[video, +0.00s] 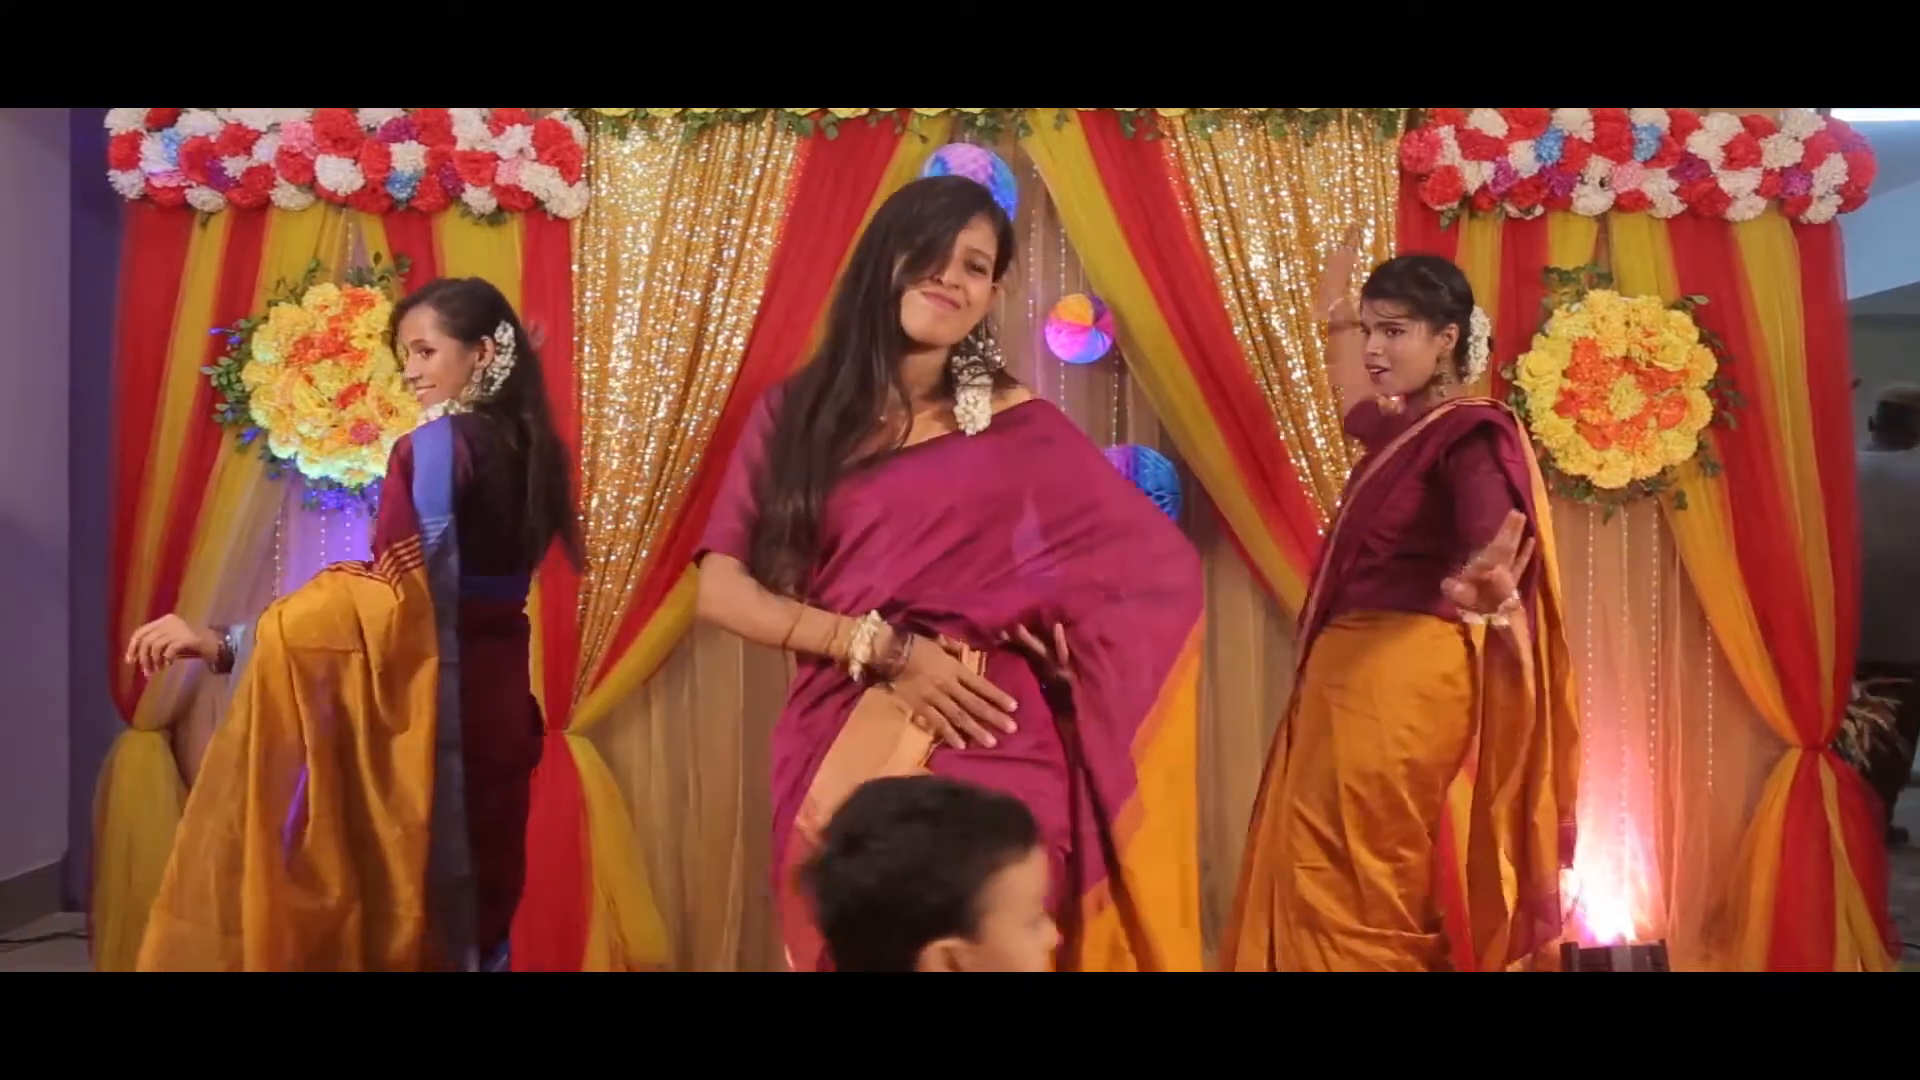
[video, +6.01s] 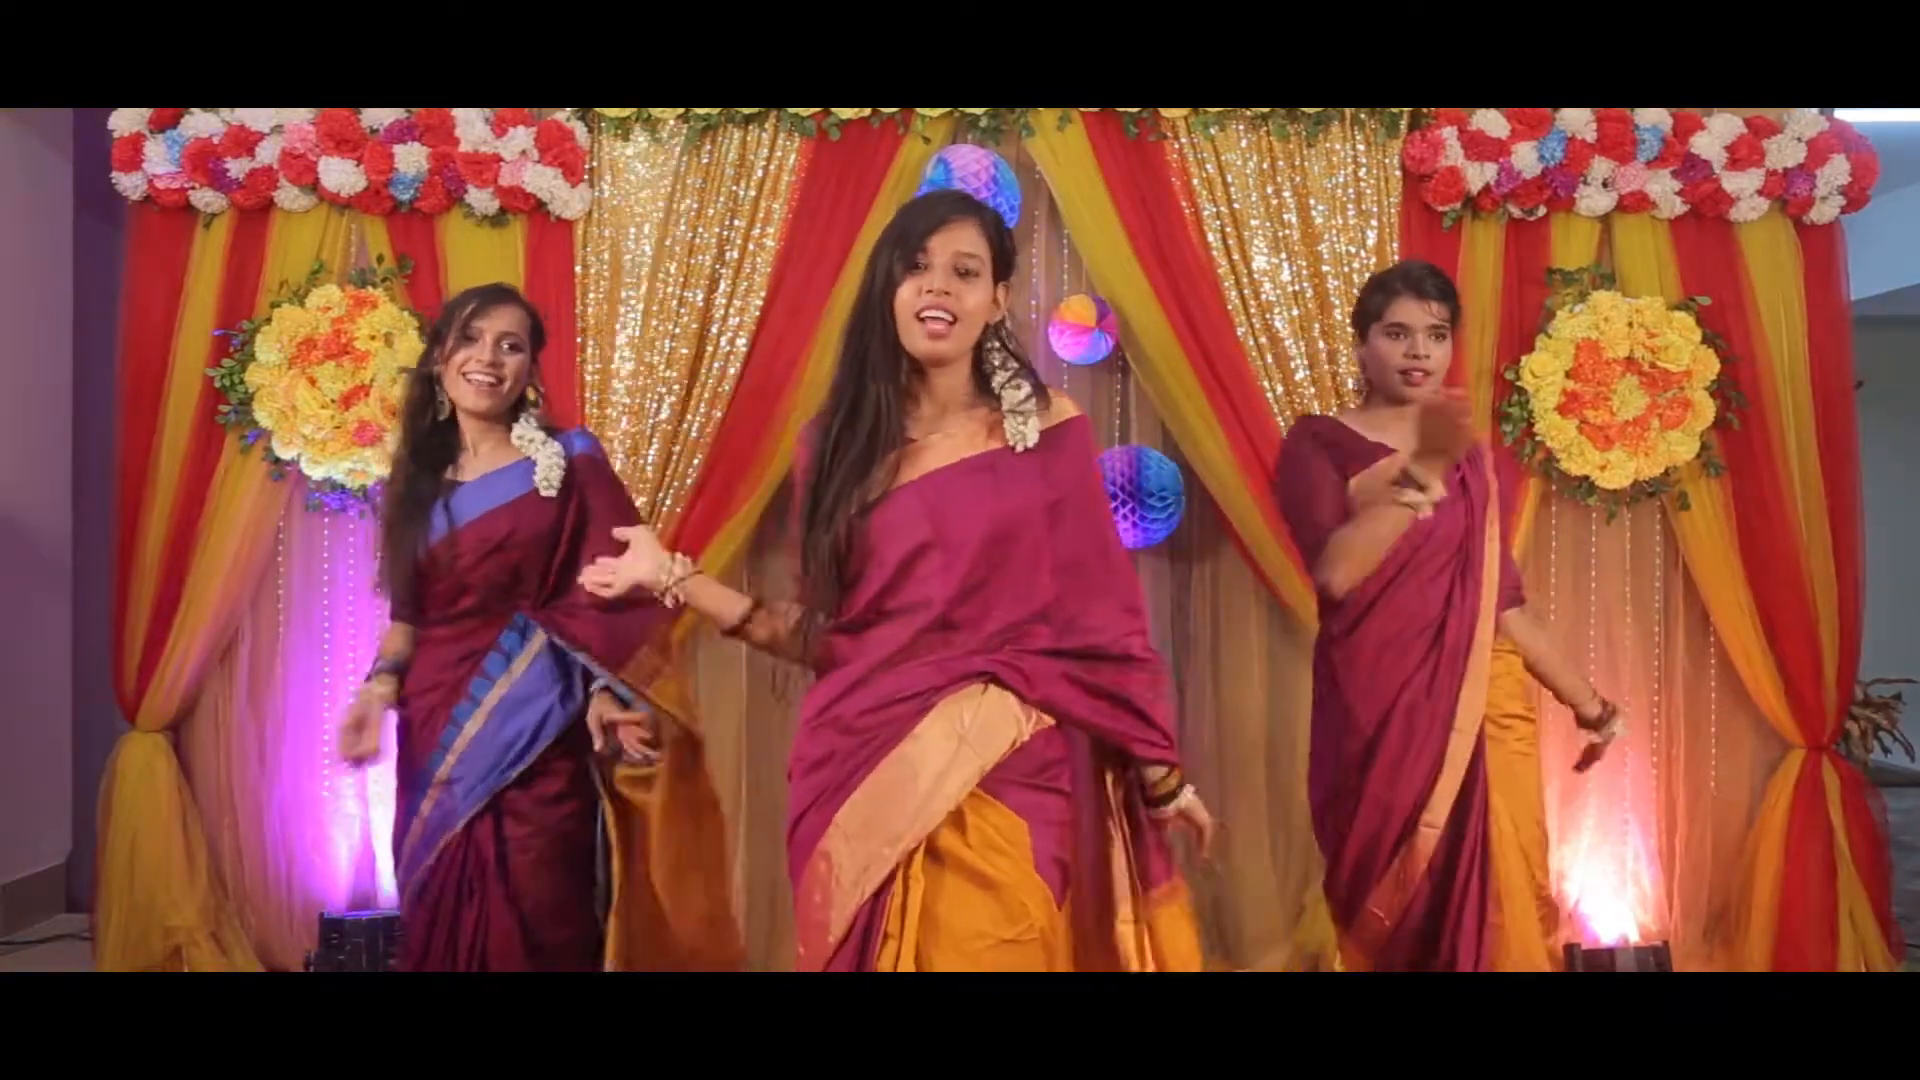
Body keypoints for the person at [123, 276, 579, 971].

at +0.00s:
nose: (410, 371)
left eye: (425, 350)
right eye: (406, 355)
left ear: (489, 351)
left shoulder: (434, 445)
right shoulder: (531, 446)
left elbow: (400, 605)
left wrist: (225, 644)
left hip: (440, 707)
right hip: (503, 702)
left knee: (421, 905)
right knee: (484, 910)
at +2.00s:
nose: (468, 366)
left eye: (486, 352)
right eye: (447, 351)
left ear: (504, 373)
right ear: (414, 377)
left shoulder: (548, 467)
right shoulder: (400, 497)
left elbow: (650, 564)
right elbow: (356, 639)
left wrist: (539, 639)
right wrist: (454, 623)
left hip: (524, 748)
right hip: (422, 759)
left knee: (533, 936)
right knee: (427, 934)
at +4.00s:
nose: (487, 351)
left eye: (504, 338)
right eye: (467, 334)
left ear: (518, 356)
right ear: (428, 349)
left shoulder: (547, 438)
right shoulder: (392, 457)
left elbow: (655, 536)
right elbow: (354, 602)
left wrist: (549, 597)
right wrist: (464, 592)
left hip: (555, 702)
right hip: (450, 715)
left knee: (561, 911)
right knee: (460, 912)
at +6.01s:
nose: (489, 358)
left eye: (510, 345)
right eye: (471, 339)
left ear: (531, 369)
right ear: (441, 358)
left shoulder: (570, 460)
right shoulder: (414, 482)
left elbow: (620, 584)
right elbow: (408, 607)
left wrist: (603, 691)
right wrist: (379, 687)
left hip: (540, 735)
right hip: (433, 742)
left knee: (541, 933)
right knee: (440, 933)